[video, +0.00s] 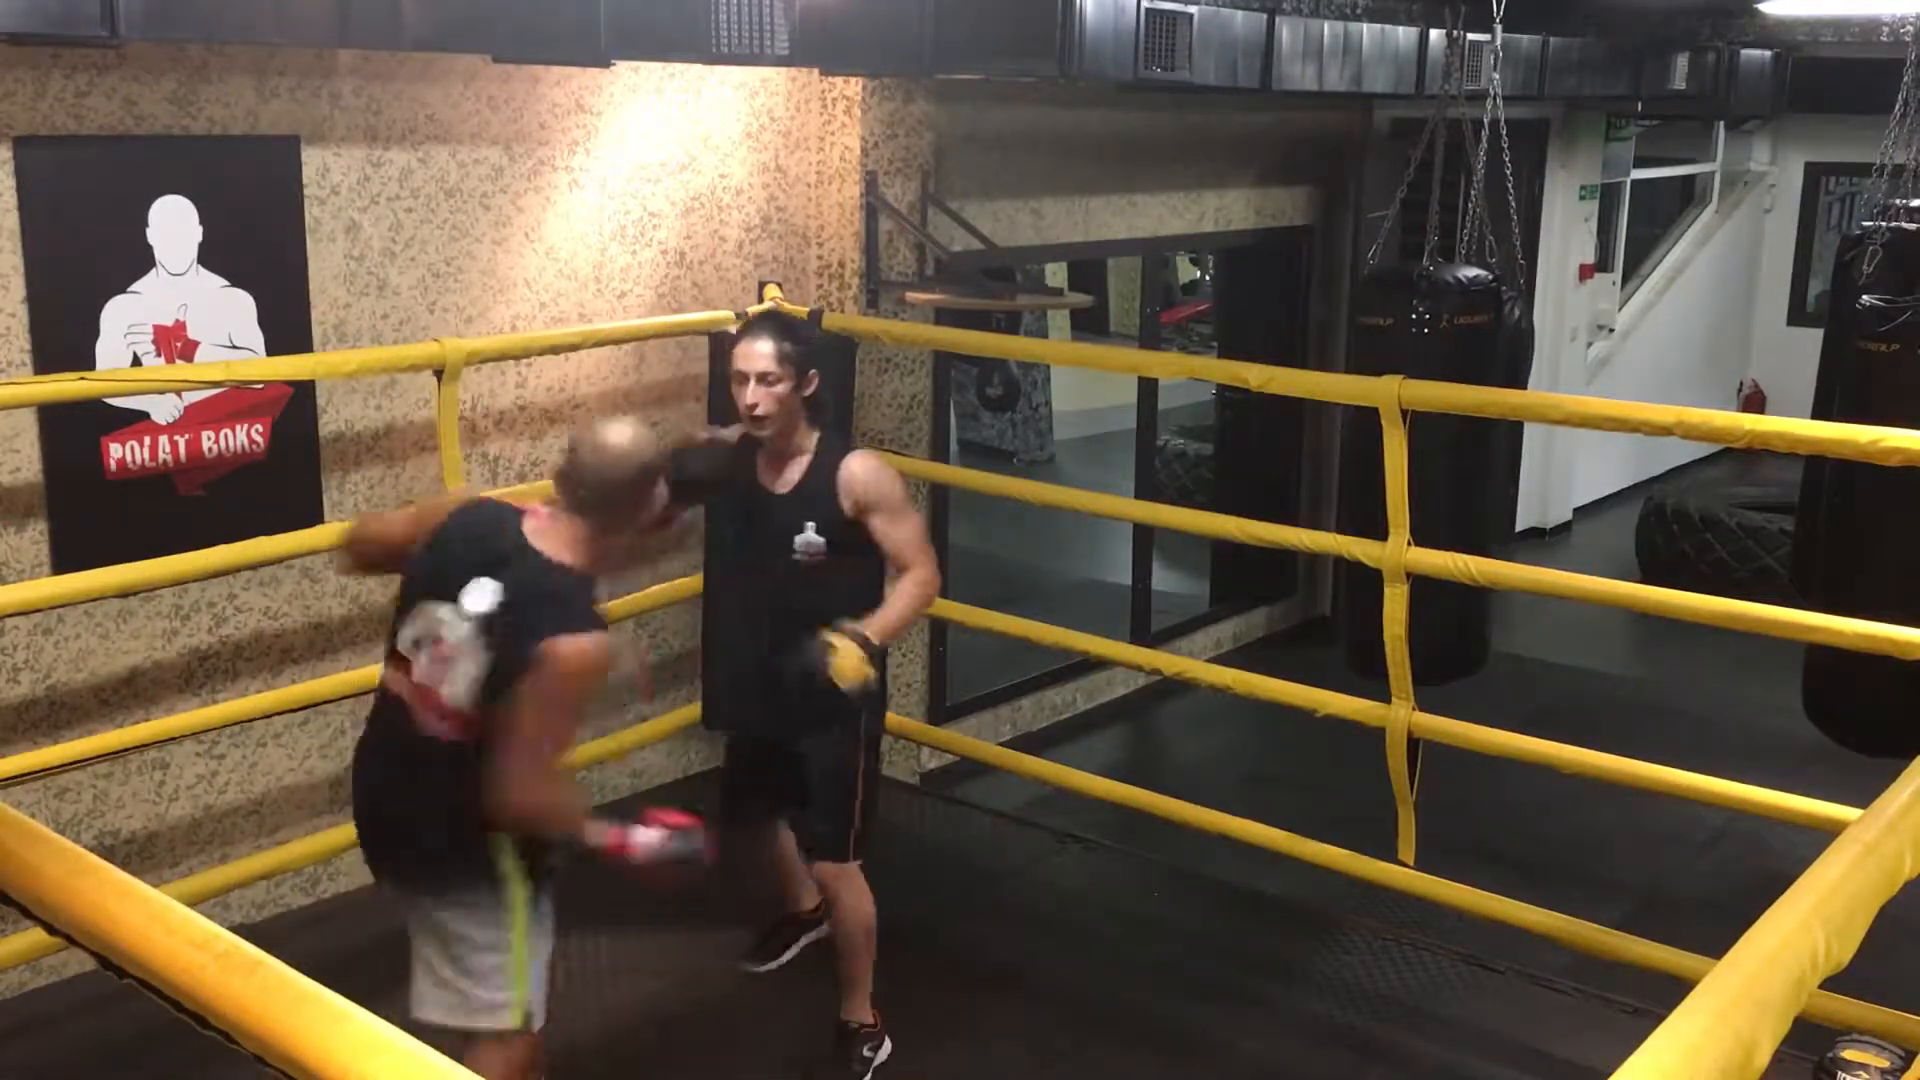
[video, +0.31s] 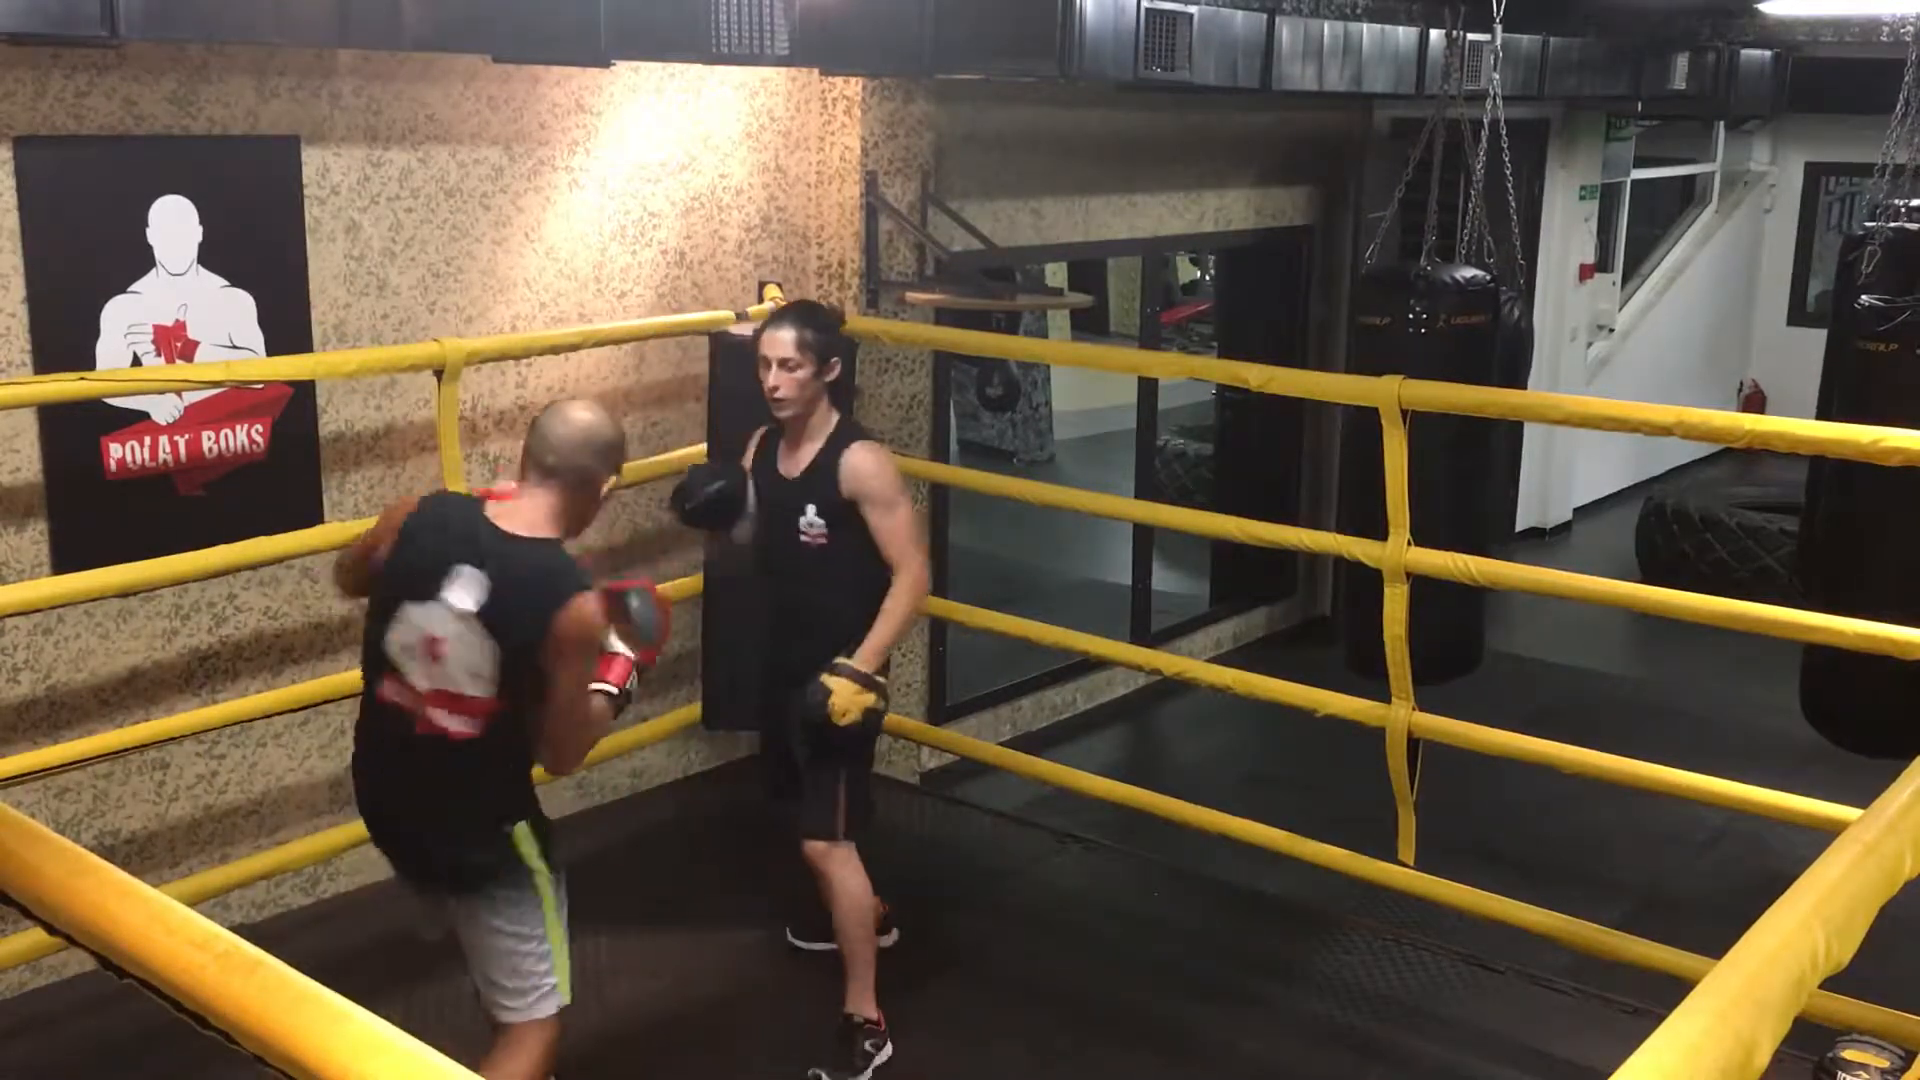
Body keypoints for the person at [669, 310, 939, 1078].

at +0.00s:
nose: (748, 398)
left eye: (764, 382)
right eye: (740, 382)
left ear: (805, 387)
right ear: (732, 388)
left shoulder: (858, 474)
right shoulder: (730, 466)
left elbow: (920, 574)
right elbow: (642, 526)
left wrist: (865, 640)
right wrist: (674, 477)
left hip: (831, 694)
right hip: (750, 689)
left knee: (831, 861)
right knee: (754, 819)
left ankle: (860, 1018)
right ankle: (804, 908)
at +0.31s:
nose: (773, 381)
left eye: (789, 366)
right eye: (765, 366)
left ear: (830, 371)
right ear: (759, 371)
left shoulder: (862, 463)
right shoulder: (765, 449)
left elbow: (912, 577)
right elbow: (752, 540)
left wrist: (861, 667)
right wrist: (711, 515)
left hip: (836, 671)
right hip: (781, 660)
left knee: (826, 843)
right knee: (806, 815)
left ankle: (865, 1020)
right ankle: (863, 909)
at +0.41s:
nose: (754, 382)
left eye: (768, 367)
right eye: (749, 367)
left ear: (811, 369)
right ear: (754, 370)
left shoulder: (834, 455)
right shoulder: (784, 441)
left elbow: (884, 569)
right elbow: (793, 537)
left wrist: (849, 677)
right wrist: (742, 530)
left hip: (826, 663)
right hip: (798, 650)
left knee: (797, 831)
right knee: (821, 802)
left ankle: (850, 1009)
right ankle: (866, 911)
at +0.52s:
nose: (734, 369)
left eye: (747, 355)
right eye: (728, 355)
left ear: (789, 354)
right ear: (733, 354)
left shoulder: (809, 435)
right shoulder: (774, 427)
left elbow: (858, 546)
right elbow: (790, 531)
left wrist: (841, 659)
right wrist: (727, 532)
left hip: (813, 649)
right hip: (799, 637)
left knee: (768, 806)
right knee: (829, 788)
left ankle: (803, 981)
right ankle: (871, 913)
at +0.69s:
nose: (697, 377)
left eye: (708, 362)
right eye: (690, 363)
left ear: (747, 357)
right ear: (694, 360)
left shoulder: (773, 438)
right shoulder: (738, 422)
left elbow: (822, 549)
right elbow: (759, 518)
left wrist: (815, 662)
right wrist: (708, 534)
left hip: (768, 645)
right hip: (768, 634)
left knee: (711, 787)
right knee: (827, 771)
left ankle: (700, 937)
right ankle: (869, 909)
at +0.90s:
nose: (648, 405)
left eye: (661, 389)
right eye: (639, 390)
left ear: (697, 386)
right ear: (633, 385)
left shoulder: (720, 468)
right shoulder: (667, 442)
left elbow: (749, 592)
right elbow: (687, 529)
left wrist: (698, 689)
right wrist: (643, 553)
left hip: (723, 649)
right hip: (697, 639)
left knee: (651, 786)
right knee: (698, 779)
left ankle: (654, 933)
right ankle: (802, 869)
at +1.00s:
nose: (638, 394)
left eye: (652, 376)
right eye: (627, 378)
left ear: (687, 369)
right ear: (617, 375)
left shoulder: (713, 451)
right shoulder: (643, 429)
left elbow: (745, 567)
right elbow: (647, 506)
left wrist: (670, 647)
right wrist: (619, 542)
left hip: (719, 638)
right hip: (674, 625)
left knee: (656, 781)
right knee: (642, 763)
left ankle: (653, 929)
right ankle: (707, 888)